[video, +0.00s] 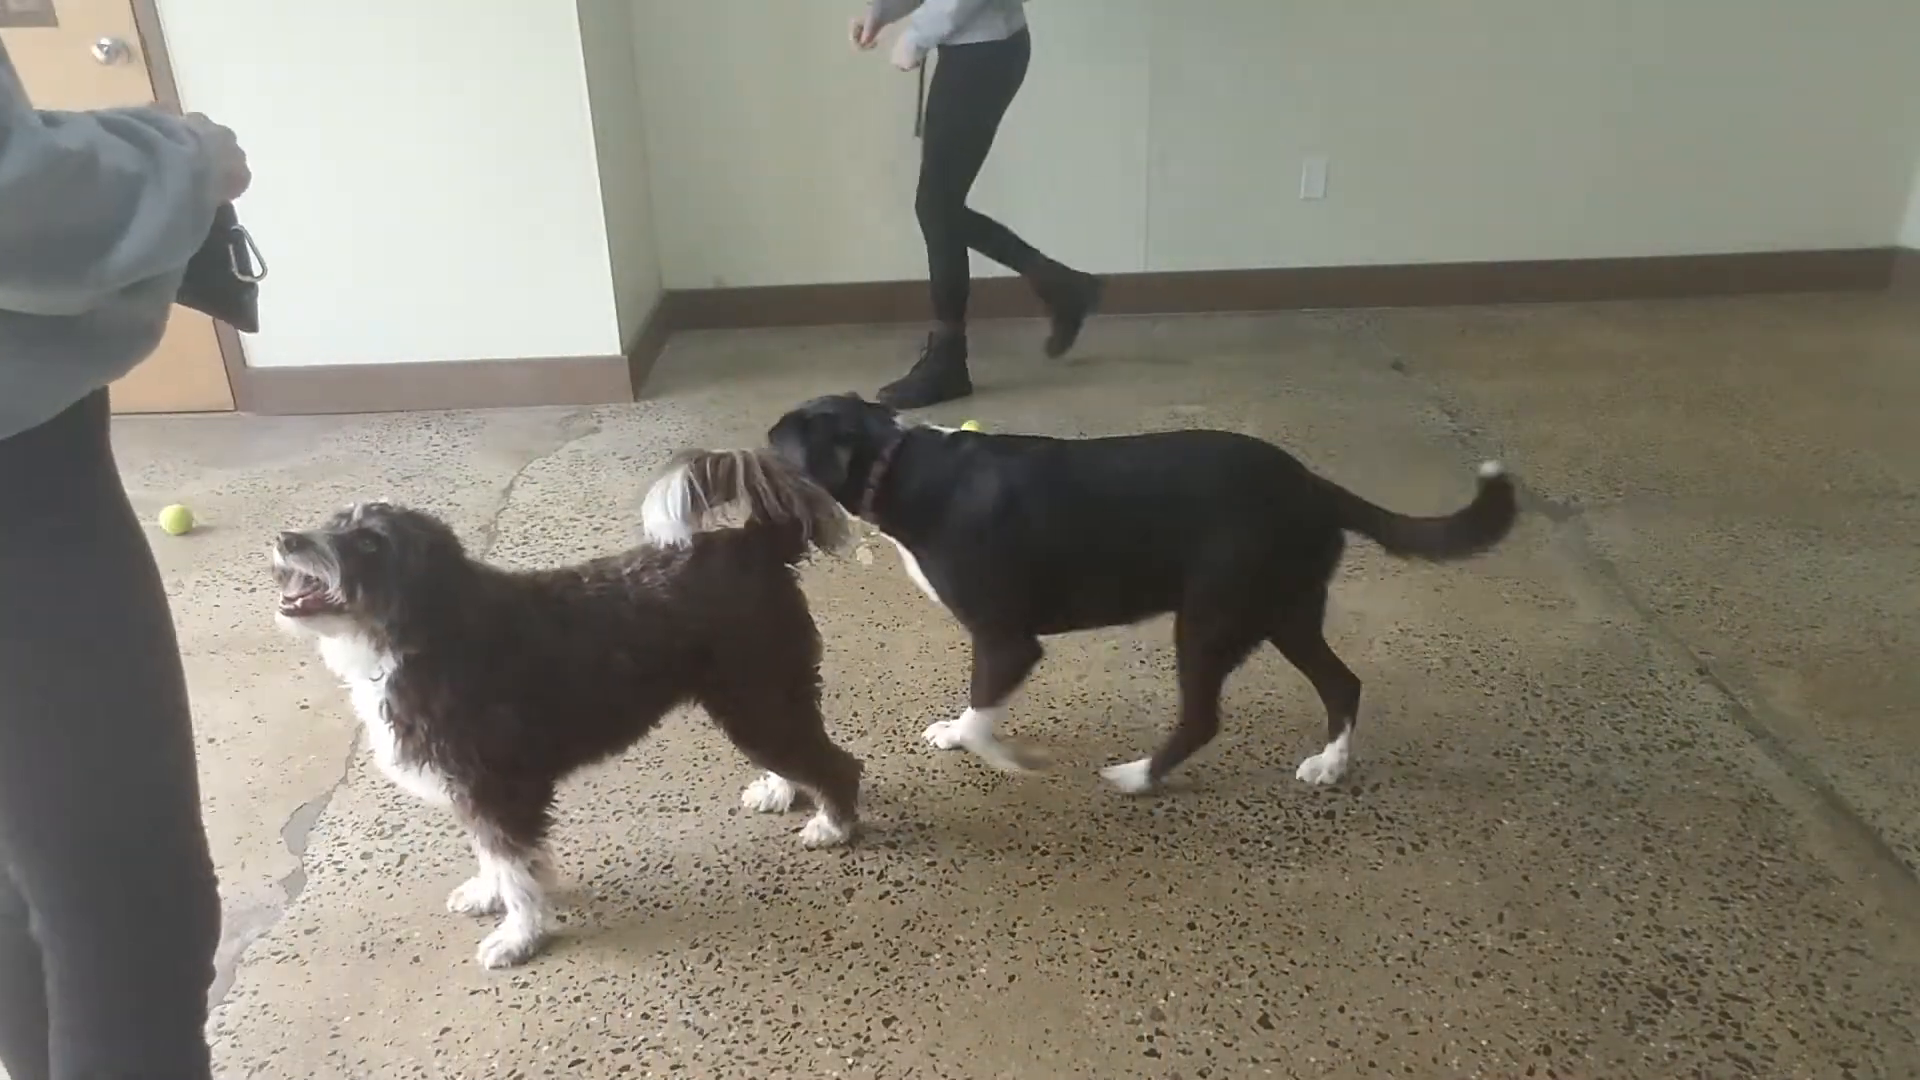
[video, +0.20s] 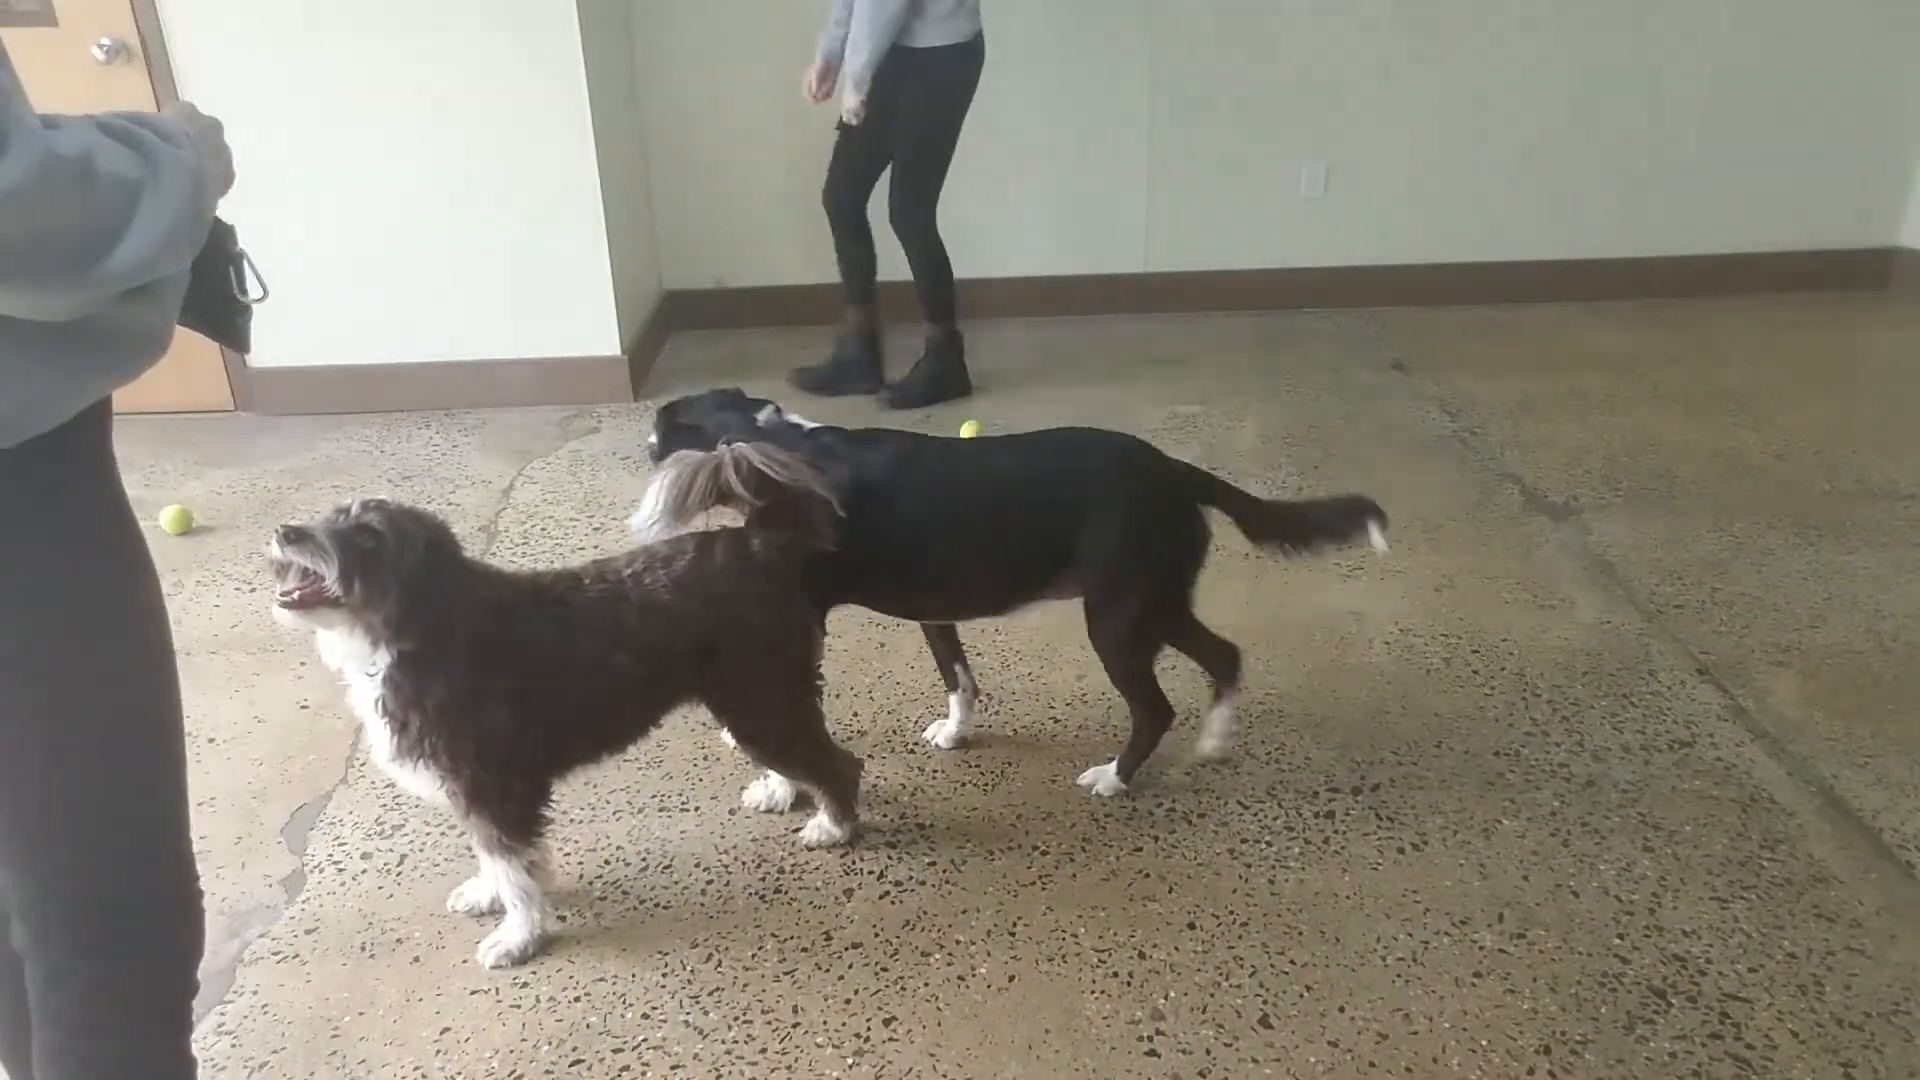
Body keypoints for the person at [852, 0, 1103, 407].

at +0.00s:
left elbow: (964, 6)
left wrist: (916, 35)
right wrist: (880, 12)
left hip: (987, 45)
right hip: (963, 45)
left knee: (938, 206)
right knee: (940, 206)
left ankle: (948, 364)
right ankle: (1062, 286)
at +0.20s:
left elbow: (890, 5)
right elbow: (857, 1)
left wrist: (857, 80)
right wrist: (830, 53)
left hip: (944, 47)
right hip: (889, 46)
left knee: (911, 210)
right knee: (842, 196)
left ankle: (946, 363)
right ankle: (859, 357)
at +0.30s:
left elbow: (869, 8)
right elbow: (821, 5)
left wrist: (842, 89)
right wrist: (809, 79)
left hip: (917, 55)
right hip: (858, 58)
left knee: (892, 219)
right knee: (824, 213)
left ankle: (945, 362)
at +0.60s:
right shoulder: (707, 6)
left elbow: (783, 33)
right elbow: (721, 39)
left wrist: (781, 119)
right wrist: (755, 130)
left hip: (843, 50)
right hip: (777, 58)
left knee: (785, 215)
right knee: (757, 213)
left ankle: (865, 349)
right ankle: (772, 370)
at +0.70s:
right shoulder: (684, 7)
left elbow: (770, 49)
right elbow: (713, 59)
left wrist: (771, 130)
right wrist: (755, 142)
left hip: (830, 52)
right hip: (766, 56)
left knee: (782, 213)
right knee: (754, 211)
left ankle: (810, 377)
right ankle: (769, 364)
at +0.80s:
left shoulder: (723, 4)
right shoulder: (662, 6)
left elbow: (761, 58)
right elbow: (703, 67)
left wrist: (772, 133)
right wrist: (751, 143)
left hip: (825, 54)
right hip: (764, 62)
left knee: (783, 213)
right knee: (752, 213)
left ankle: (791, 382)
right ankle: (764, 370)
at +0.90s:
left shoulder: (707, 5)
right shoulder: (652, 12)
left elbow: (755, 68)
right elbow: (703, 84)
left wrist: (772, 129)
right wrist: (755, 154)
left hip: (821, 55)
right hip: (767, 65)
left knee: (784, 214)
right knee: (752, 215)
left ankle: (791, 383)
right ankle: (764, 371)